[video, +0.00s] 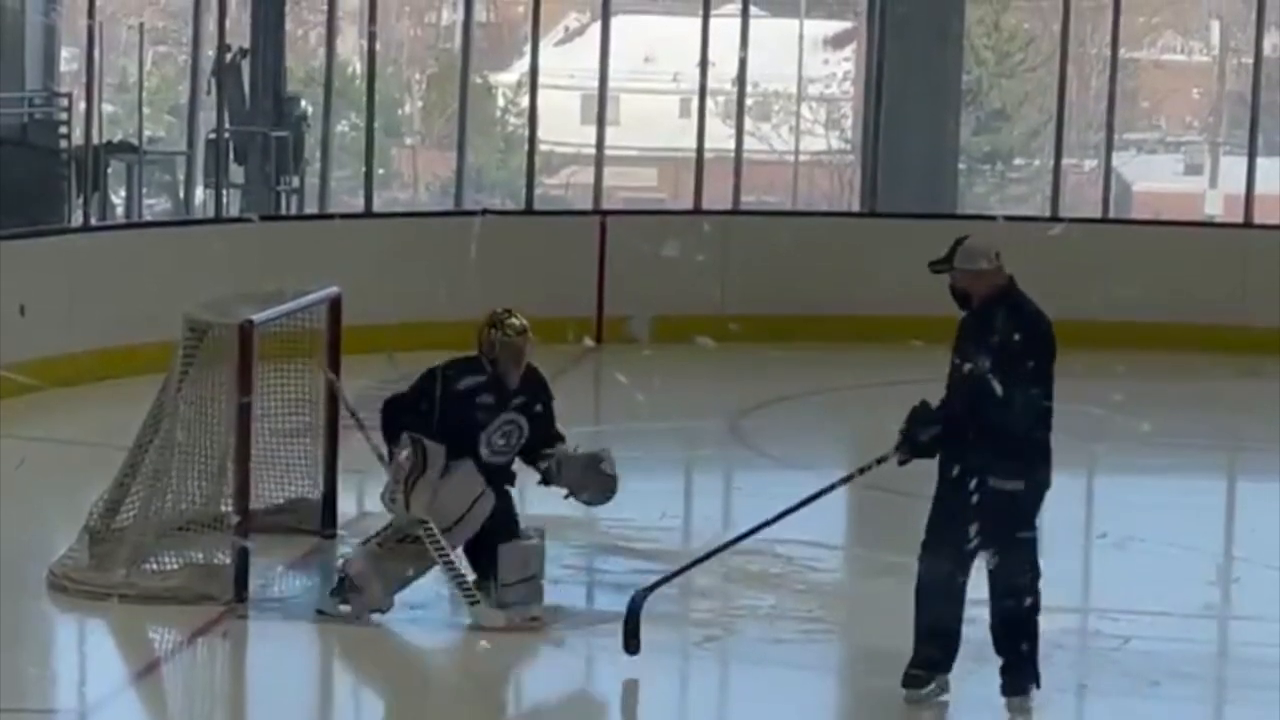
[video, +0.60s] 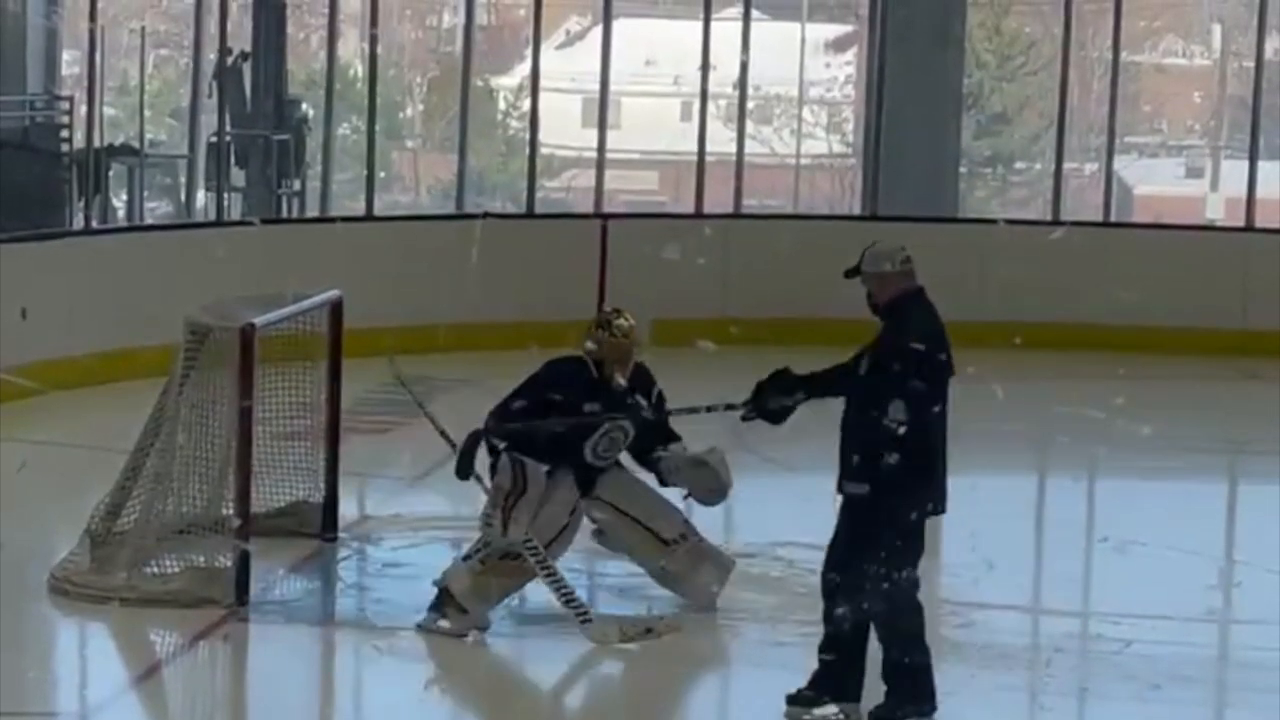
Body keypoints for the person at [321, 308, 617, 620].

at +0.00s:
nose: (518, 364)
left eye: (522, 355)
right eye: (511, 355)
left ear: (528, 350)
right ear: (490, 350)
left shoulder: (532, 385)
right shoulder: (452, 378)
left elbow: (540, 442)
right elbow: (397, 411)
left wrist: (562, 466)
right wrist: (407, 456)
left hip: (493, 488)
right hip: (440, 481)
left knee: (507, 577)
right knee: (413, 544)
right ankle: (359, 585)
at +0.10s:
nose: (532, 365)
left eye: (536, 355)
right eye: (524, 356)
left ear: (541, 350)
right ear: (502, 348)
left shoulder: (546, 383)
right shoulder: (464, 379)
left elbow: (551, 438)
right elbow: (408, 414)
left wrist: (581, 456)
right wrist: (418, 464)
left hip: (510, 481)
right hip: (455, 476)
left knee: (532, 554)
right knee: (429, 540)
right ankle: (371, 585)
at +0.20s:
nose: (553, 364)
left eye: (559, 353)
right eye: (545, 355)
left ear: (566, 348)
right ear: (526, 350)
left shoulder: (569, 379)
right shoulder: (493, 377)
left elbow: (584, 433)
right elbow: (434, 422)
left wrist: (617, 451)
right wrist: (437, 484)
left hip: (528, 466)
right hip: (472, 464)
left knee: (589, 491)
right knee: (451, 541)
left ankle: (607, 573)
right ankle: (383, 594)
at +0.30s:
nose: (585, 364)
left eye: (591, 355)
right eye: (576, 356)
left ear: (598, 348)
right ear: (558, 351)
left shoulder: (604, 378)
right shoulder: (525, 377)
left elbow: (628, 428)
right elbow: (464, 424)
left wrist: (668, 453)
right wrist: (466, 489)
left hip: (579, 466)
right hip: (524, 471)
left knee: (636, 497)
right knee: (491, 539)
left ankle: (673, 573)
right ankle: (410, 601)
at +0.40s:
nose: (611, 356)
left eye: (616, 346)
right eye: (603, 346)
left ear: (623, 345)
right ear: (583, 345)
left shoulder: (629, 381)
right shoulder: (550, 377)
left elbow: (651, 431)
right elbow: (486, 427)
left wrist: (689, 457)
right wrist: (550, 447)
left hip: (587, 468)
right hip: (526, 468)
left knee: (640, 521)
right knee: (516, 538)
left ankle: (710, 578)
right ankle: (435, 606)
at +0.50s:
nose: (621, 369)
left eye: (627, 359)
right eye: (613, 361)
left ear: (635, 352)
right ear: (596, 353)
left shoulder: (644, 382)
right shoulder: (565, 377)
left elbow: (661, 438)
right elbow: (502, 423)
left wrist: (687, 465)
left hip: (598, 469)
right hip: (537, 467)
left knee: (653, 519)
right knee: (530, 538)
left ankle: (713, 582)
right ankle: (452, 610)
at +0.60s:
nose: (620, 360)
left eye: (626, 351)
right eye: (613, 351)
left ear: (634, 349)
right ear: (595, 346)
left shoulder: (639, 381)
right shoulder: (563, 375)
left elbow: (654, 442)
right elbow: (500, 423)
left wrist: (680, 467)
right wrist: (569, 441)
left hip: (597, 473)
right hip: (540, 468)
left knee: (662, 526)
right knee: (528, 541)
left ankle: (704, 589)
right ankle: (451, 613)